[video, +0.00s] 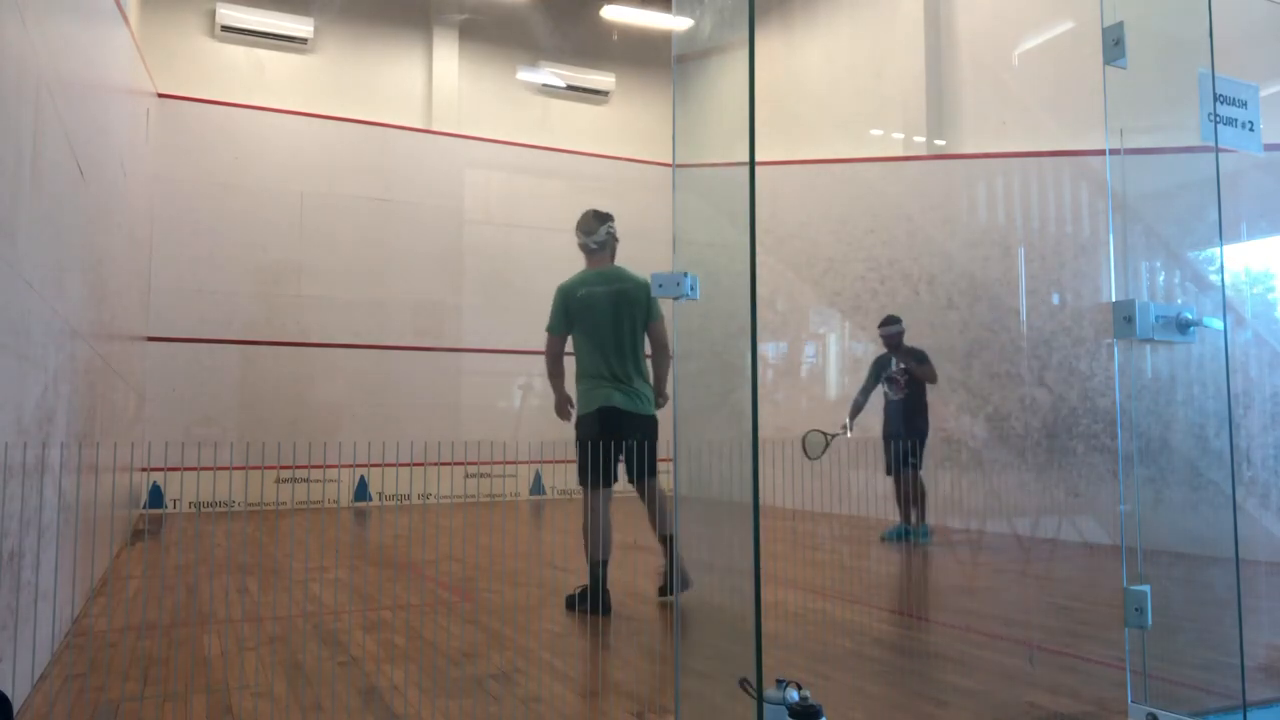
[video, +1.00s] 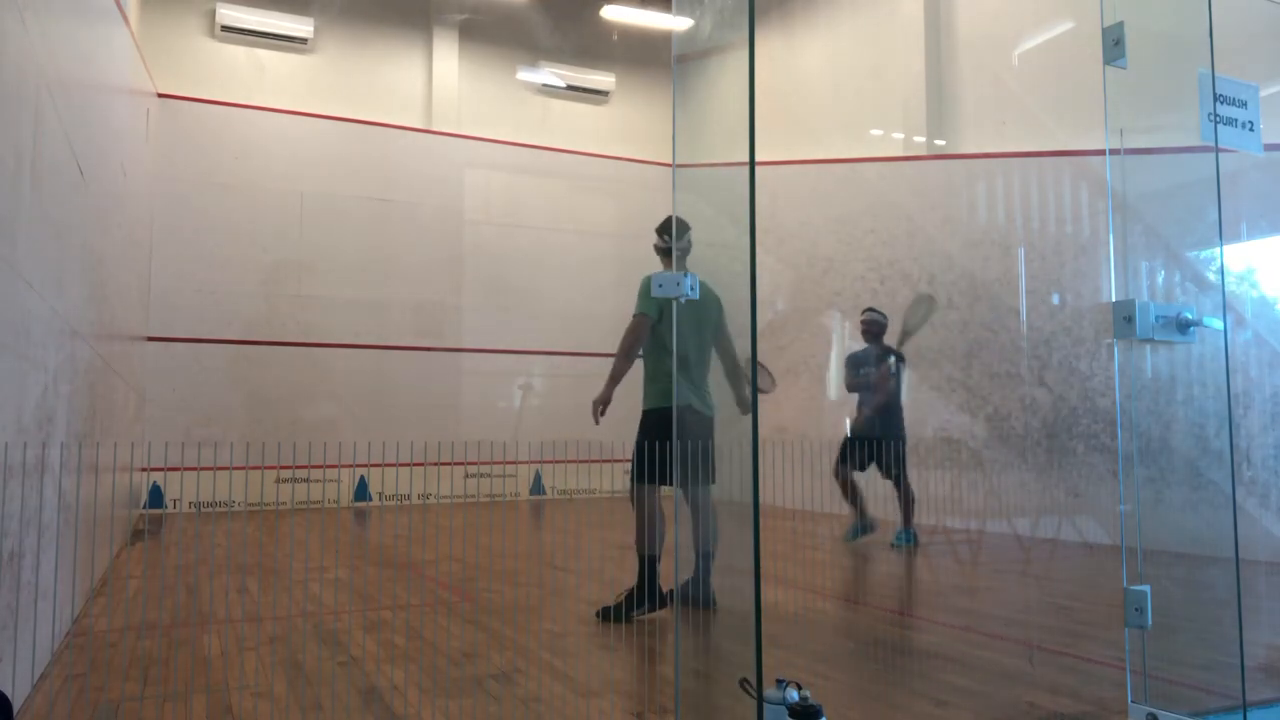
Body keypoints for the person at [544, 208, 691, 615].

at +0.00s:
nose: (582, 248)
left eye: (579, 242)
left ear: (580, 245)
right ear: (615, 243)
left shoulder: (569, 291)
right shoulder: (639, 286)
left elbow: (554, 352)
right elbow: (661, 346)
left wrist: (559, 393)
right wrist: (660, 388)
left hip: (595, 410)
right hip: (640, 409)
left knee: (595, 498)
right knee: (649, 487)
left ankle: (597, 589)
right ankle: (676, 567)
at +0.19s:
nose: (600, 251)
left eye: (597, 245)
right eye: (610, 242)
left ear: (597, 247)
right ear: (632, 245)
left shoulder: (594, 290)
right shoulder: (657, 290)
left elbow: (576, 349)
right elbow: (668, 351)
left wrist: (570, 402)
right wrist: (666, 394)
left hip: (612, 414)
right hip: (656, 413)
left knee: (602, 500)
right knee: (671, 494)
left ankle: (598, 590)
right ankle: (698, 577)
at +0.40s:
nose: (626, 255)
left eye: (625, 250)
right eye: (634, 249)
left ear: (625, 251)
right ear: (658, 249)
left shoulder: (626, 290)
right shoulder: (680, 291)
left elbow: (609, 350)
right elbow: (687, 351)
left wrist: (597, 399)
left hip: (640, 415)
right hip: (682, 415)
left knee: (619, 498)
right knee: (690, 497)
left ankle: (600, 588)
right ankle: (701, 583)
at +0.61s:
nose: (648, 255)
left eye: (647, 248)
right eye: (658, 246)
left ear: (648, 250)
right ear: (678, 249)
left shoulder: (642, 289)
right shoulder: (698, 293)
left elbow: (625, 345)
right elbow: (712, 353)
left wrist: (622, 393)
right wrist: (691, 387)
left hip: (654, 412)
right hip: (693, 413)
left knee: (629, 492)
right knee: (698, 495)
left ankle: (626, 586)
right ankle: (702, 582)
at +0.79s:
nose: (656, 253)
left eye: (656, 247)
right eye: (662, 246)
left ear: (656, 249)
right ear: (687, 248)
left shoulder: (650, 286)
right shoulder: (707, 296)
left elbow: (633, 340)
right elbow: (714, 361)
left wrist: (619, 387)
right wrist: (708, 404)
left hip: (660, 410)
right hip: (699, 412)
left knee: (641, 492)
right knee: (697, 495)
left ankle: (647, 587)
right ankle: (700, 584)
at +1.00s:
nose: (660, 252)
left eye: (660, 247)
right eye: (666, 247)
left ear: (658, 246)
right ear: (689, 247)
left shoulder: (653, 285)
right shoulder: (708, 295)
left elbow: (636, 337)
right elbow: (729, 354)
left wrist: (608, 388)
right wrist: (742, 395)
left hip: (662, 411)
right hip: (701, 413)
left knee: (643, 490)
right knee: (698, 494)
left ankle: (646, 588)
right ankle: (701, 584)